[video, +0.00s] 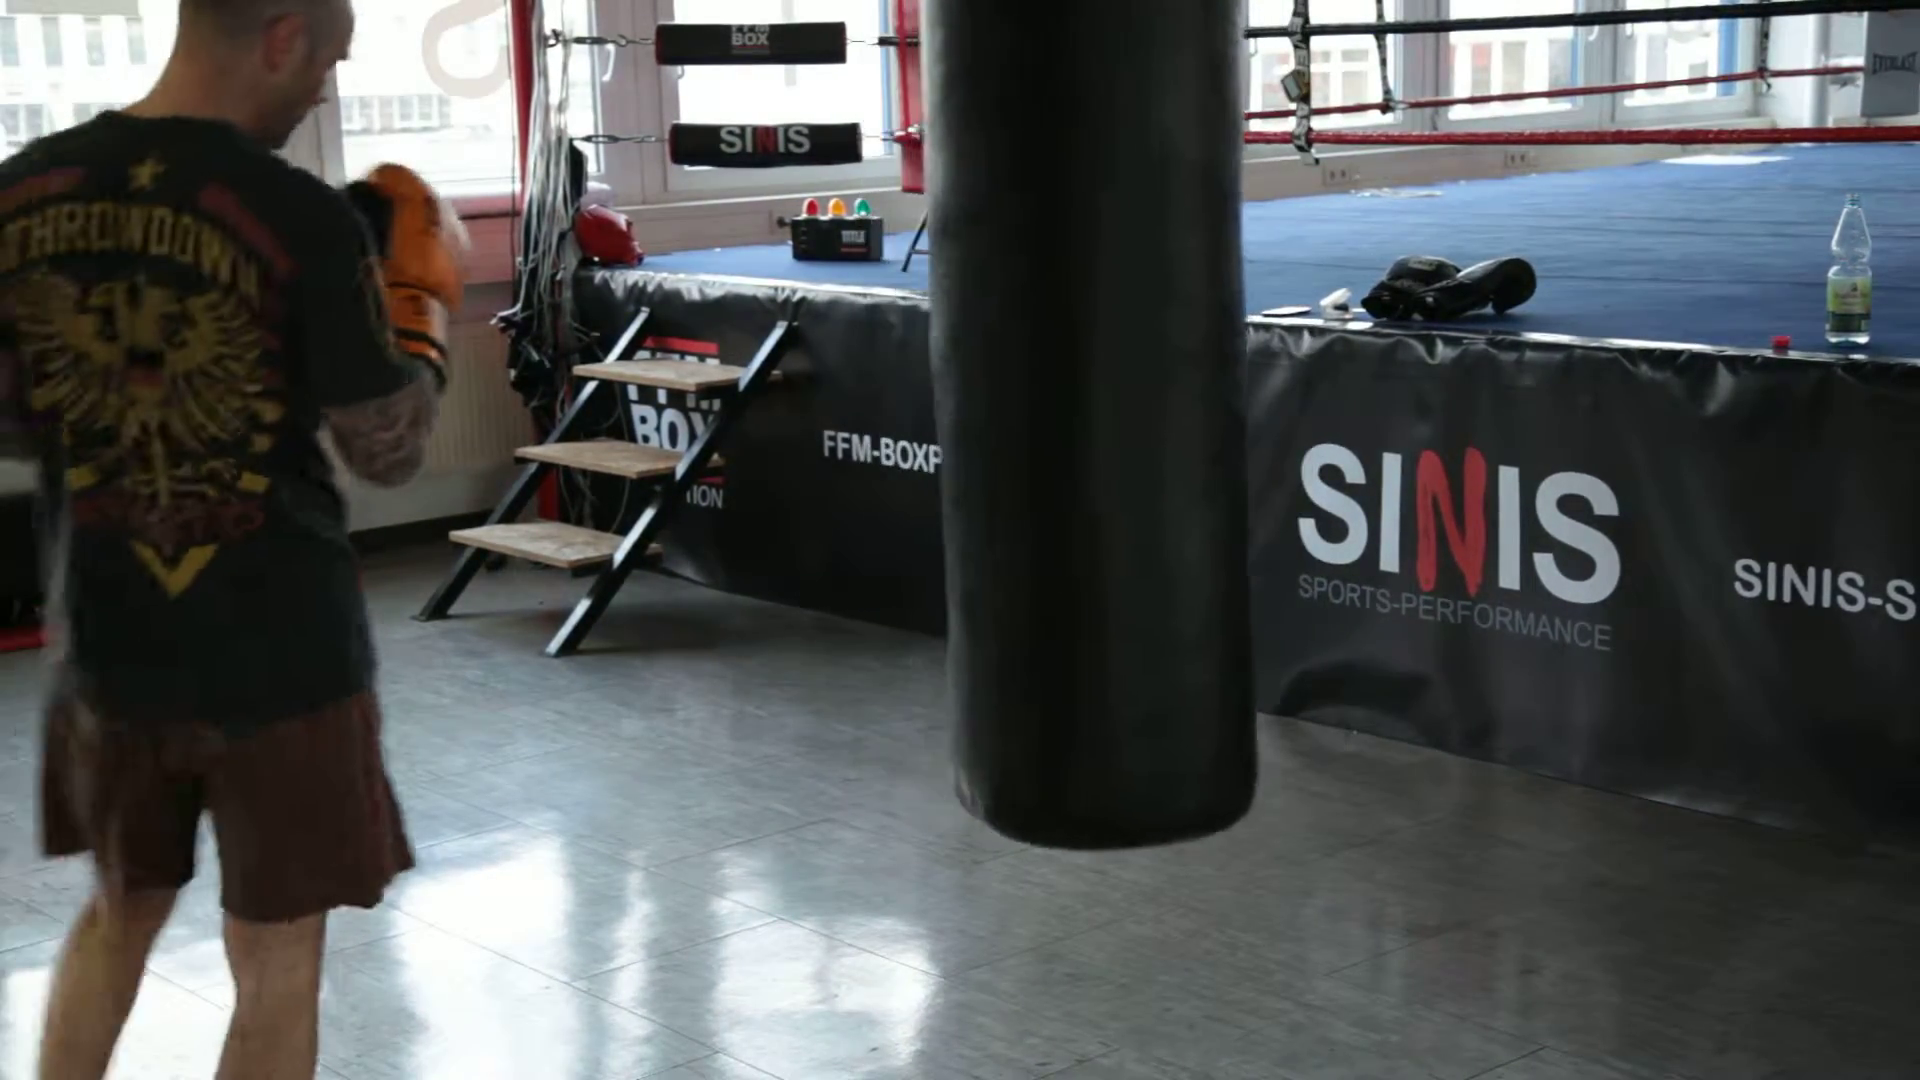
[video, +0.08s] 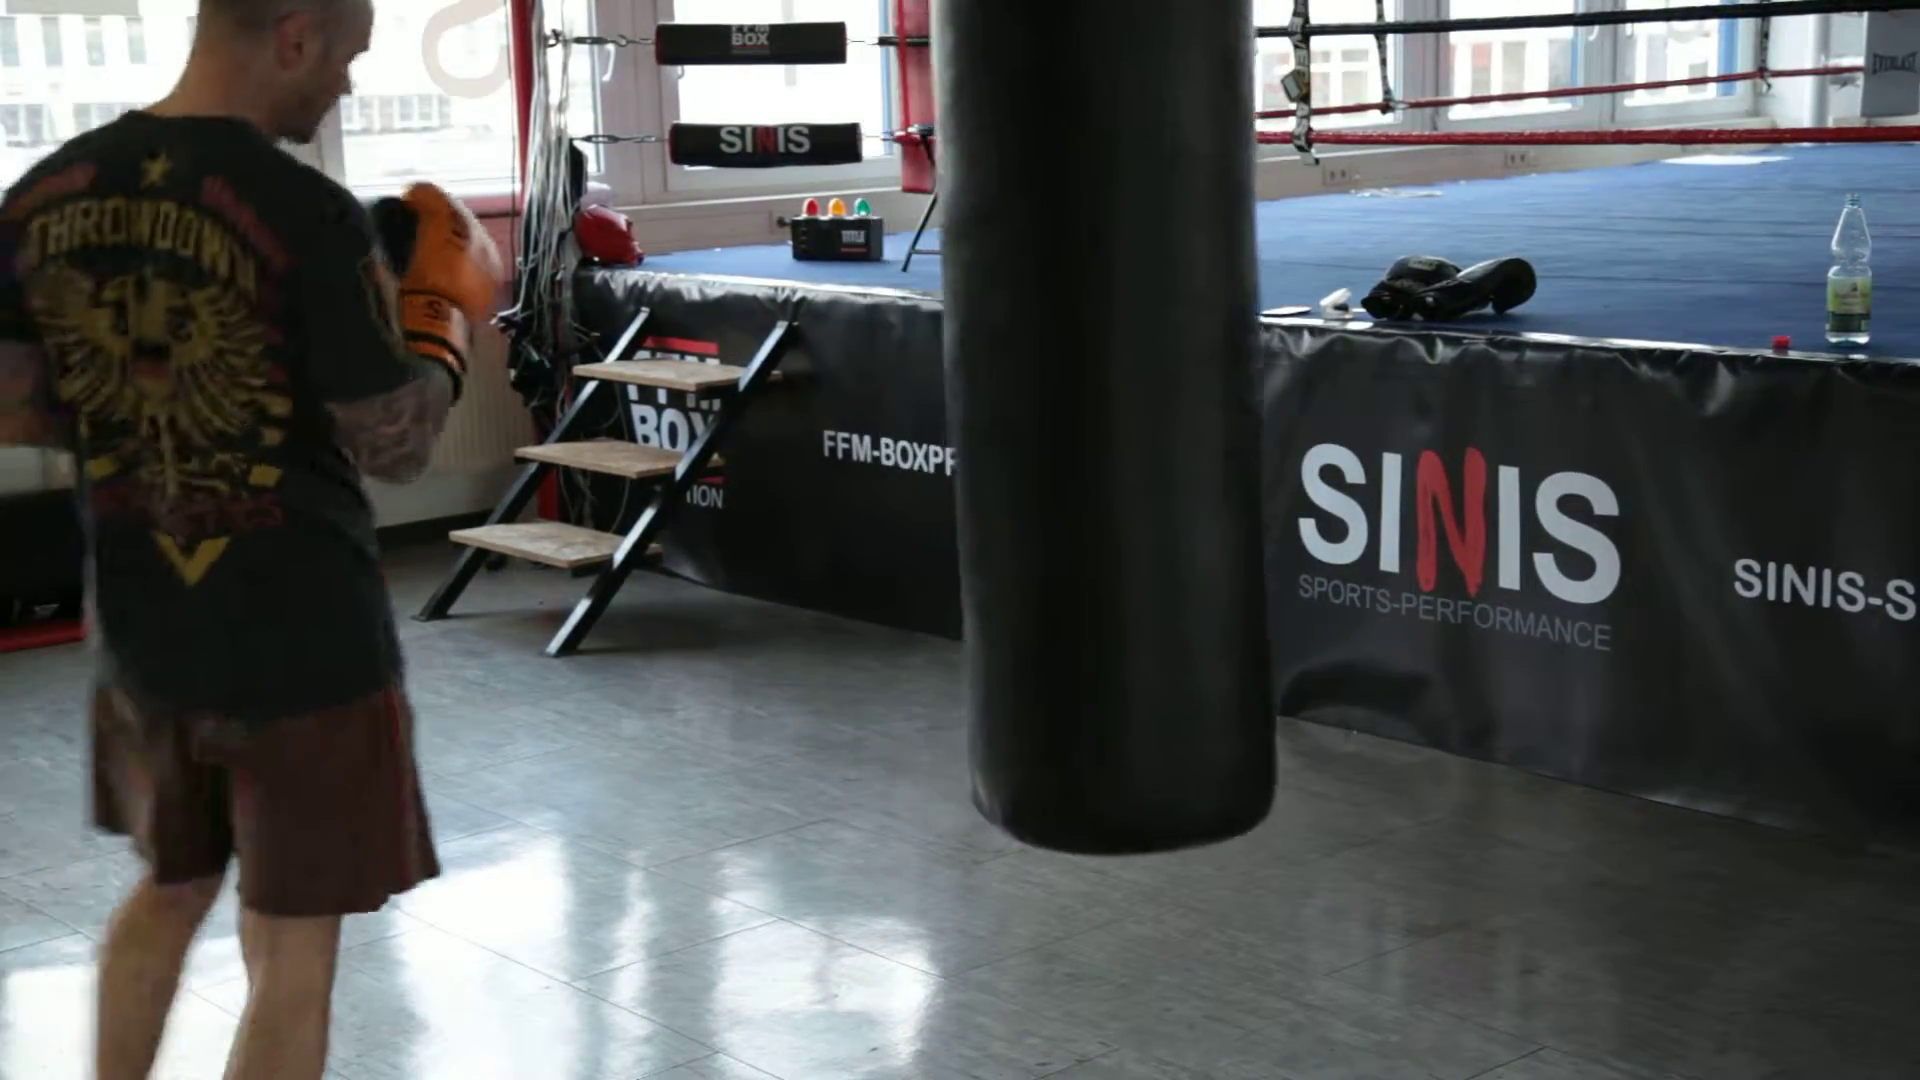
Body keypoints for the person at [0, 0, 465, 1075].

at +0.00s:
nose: (328, 94)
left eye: (337, 67)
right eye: (333, 62)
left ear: (191, 30)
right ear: (281, 38)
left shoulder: (23, 186)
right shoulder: (299, 216)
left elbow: (24, 414)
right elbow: (388, 446)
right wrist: (433, 297)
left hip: (108, 630)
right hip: (273, 639)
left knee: (120, 900)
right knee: (276, 966)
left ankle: (60, 1078)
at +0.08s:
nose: (346, 88)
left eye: (354, 64)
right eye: (349, 59)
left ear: (222, 30)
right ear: (293, 36)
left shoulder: (47, 194)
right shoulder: (304, 214)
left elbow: (19, 405)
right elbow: (396, 440)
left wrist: (150, 409)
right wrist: (455, 313)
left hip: (140, 628)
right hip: (295, 635)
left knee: (171, 878)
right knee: (291, 969)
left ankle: (114, 1072)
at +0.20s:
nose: (385, 75)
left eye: (390, 49)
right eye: (381, 46)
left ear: (264, 30)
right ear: (310, 32)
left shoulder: (103, 183)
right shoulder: (304, 203)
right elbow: (373, 436)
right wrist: (461, 322)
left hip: (184, 624)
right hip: (313, 634)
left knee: (239, 889)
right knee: (300, 976)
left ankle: (264, 1067)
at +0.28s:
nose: (409, 77)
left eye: (412, 50)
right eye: (401, 47)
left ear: (300, 31)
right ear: (325, 33)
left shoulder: (141, 182)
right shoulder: (302, 202)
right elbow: (349, 429)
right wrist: (460, 338)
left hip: (217, 614)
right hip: (326, 629)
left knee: (295, 869)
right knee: (312, 965)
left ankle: (348, 1039)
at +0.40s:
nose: (441, 81)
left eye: (444, 56)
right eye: (424, 56)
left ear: (340, 46)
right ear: (339, 44)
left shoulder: (247, 172)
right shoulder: (284, 190)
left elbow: (321, 385)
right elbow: (308, 425)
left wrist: (452, 342)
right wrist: (455, 355)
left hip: (321, 593)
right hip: (337, 612)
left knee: (391, 834)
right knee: (335, 919)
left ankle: (461, 1029)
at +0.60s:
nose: (474, 96)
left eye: (480, 71)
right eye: (449, 76)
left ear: (482, 53)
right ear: (364, 61)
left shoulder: (432, 195)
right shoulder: (291, 208)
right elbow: (256, 424)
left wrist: (536, 385)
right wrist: (413, 372)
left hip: (455, 577)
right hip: (366, 600)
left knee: (531, 802)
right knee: (374, 890)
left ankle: (481, 1046)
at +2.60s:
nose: (519, 155)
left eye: (538, 134)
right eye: (503, 128)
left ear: (550, 123)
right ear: (440, 93)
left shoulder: (537, 218)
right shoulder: (320, 195)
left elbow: (561, 398)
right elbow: (311, 378)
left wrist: (618, 296)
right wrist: (418, 263)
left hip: (490, 561)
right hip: (345, 569)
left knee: (592, 812)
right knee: (283, 862)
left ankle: (637, 1057)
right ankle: (178, 1041)